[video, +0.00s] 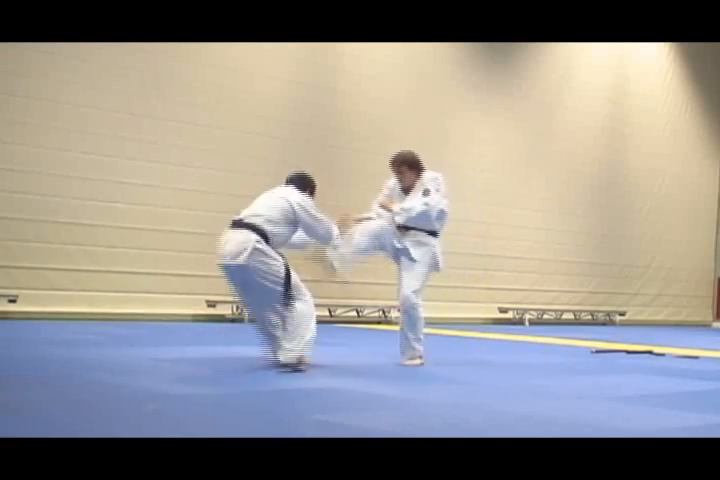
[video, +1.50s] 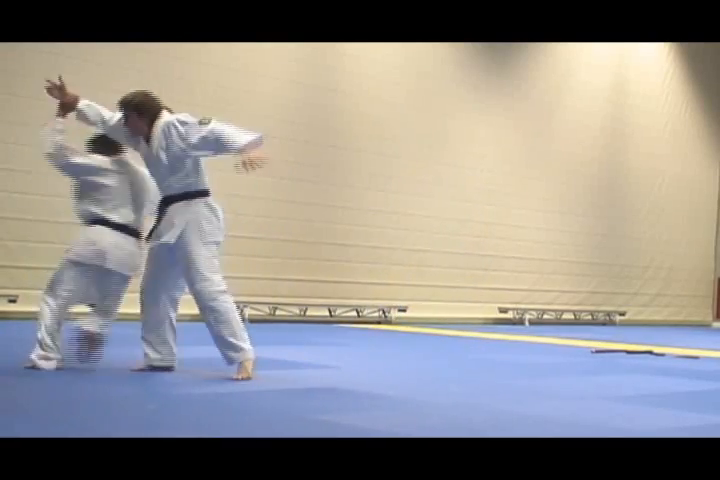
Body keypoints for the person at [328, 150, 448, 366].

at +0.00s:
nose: (399, 179)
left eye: (402, 174)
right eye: (396, 174)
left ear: (415, 171)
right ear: (396, 173)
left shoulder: (432, 182)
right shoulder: (394, 185)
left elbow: (430, 206)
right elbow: (379, 210)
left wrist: (395, 209)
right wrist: (356, 221)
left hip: (421, 245)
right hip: (396, 236)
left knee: (408, 296)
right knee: (378, 226)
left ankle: (413, 353)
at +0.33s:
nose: (350, 164)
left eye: (355, 160)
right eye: (349, 160)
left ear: (369, 161)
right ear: (349, 161)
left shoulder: (393, 185)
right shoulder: (345, 182)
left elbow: (425, 204)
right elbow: (340, 208)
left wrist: (407, 219)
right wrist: (339, 220)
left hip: (377, 247)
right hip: (348, 246)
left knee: (382, 304)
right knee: (332, 291)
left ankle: (386, 350)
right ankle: (349, 330)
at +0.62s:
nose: (251, 155)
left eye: (255, 150)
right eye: (250, 150)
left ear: (271, 149)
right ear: (263, 150)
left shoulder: (291, 166)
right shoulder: (263, 174)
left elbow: (286, 184)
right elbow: (249, 195)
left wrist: (249, 172)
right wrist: (228, 187)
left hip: (302, 240)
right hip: (273, 244)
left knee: (334, 295)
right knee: (235, 292)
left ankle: (368, 343)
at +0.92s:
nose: (178, 134)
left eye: (184, 129)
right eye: (177, 129)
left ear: (202, 131)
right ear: (179, 131)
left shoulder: (224, 154)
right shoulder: (180, 156)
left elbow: (219, 193)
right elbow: (148, 140)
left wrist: (202, 225)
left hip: (241, 225)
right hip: (209, 229)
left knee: (271, 287)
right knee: (175, 281)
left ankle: (309, 348)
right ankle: (177, 349)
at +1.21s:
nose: (147, 128)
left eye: (153, 122)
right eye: (146, 123)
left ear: (172, 123)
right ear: (146, 125)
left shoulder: (200, 145)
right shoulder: (143, 147)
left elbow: (228, 175)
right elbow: (102, 134)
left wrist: (240, 199)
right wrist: (61, 118)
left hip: (207, 223)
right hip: (172, 228)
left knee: (231, 290)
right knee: (147, 293)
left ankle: (264, 359)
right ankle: (150, 360)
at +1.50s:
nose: (126, 125)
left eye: (128, 119)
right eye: (125, 120)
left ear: (142, 116)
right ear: (136, 119)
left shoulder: (175, 126)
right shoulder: (139, 137)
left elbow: (212, 131)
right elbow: (108, 120)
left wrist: (245, 144)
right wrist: (74, 103)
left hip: (196, 212)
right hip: (168, 218)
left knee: (206, 285)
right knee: (155, 289)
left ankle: (242, 356)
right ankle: (160, 357)